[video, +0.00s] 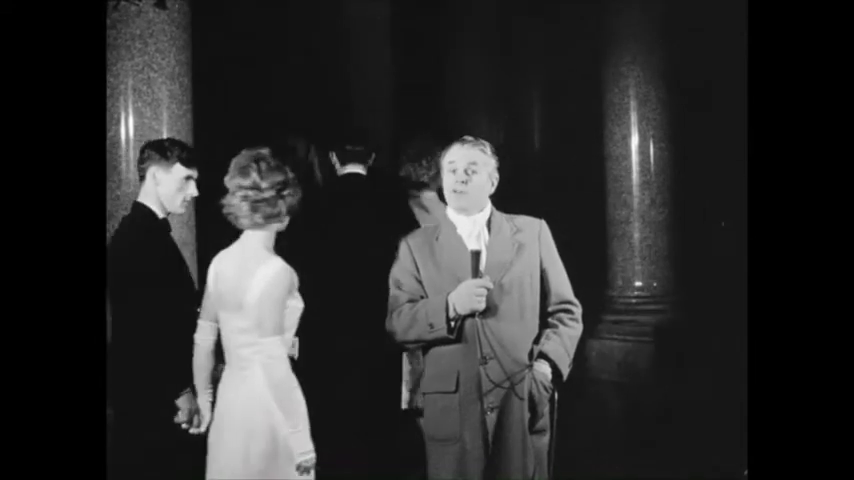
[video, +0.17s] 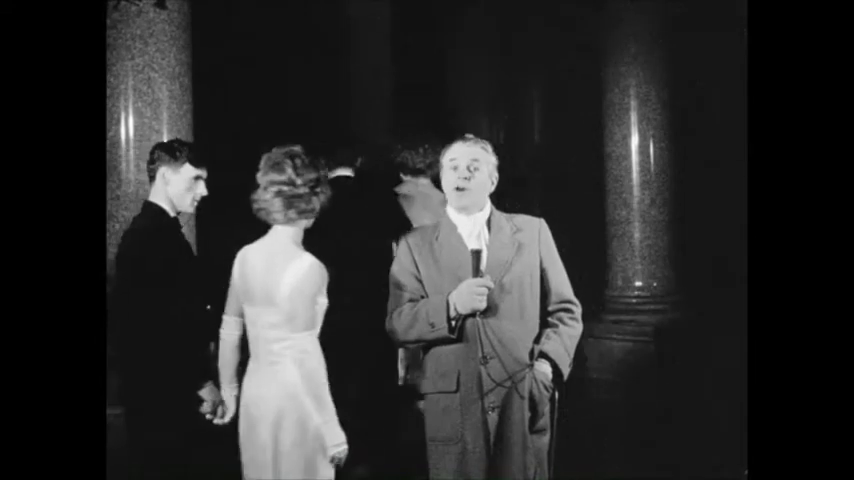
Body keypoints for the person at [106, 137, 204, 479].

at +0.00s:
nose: (194, 191)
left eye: (195, 181)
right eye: (186, 179)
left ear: (155, 174)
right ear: (153, 174)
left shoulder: (155, 234)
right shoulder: (139, 238)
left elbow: (174, 320)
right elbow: (152, 325)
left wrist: (189, 388)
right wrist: (179, 391)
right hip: (151, 402)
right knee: (157, 471)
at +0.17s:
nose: (204, 191)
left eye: (203, 181)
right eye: (196, 179)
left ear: (166, 177)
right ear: (165, 176)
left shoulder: (163, 234)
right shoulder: (152, 237)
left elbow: (183, 319)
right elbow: (170, 323)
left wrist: (206, 380)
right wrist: (201, 383)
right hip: (163, 396)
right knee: (169, 471)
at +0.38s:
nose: (215, 191)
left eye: (214, 180)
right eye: (205, 180)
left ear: (180, 179)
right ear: (176, 178)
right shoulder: (168, 237)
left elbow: (195, 320)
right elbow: (185, 324)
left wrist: (229, 375)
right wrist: (229, 376)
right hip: (179, 387)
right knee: (188, 467)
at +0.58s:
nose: (238, 192)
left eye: (237, 182)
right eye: (229, 181)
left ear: (200, 179)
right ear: (199, 178)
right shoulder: (186, 239)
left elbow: (221, 320)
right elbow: (202, 326)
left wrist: (251, 377)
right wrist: (249, 379)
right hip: (197, 393)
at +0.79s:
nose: (271, 195)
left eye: (270, 185)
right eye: (263, 184)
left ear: (234, 181)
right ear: (234, 180)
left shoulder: (197, 236)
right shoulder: (243, 238)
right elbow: (253, 318)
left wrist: (285, 375)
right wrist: (285, 375)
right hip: (238, 384)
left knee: (219, 469)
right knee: (251, 467)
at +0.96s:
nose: (292, 195)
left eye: (295, 187)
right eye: (292, 184)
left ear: (264, 173)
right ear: (273, 175)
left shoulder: (219, 219)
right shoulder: (276, 229)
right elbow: (292, 307)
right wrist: (314, 370)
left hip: (229, 360)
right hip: (271, 362)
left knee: (238, 456)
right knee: (274, 458)